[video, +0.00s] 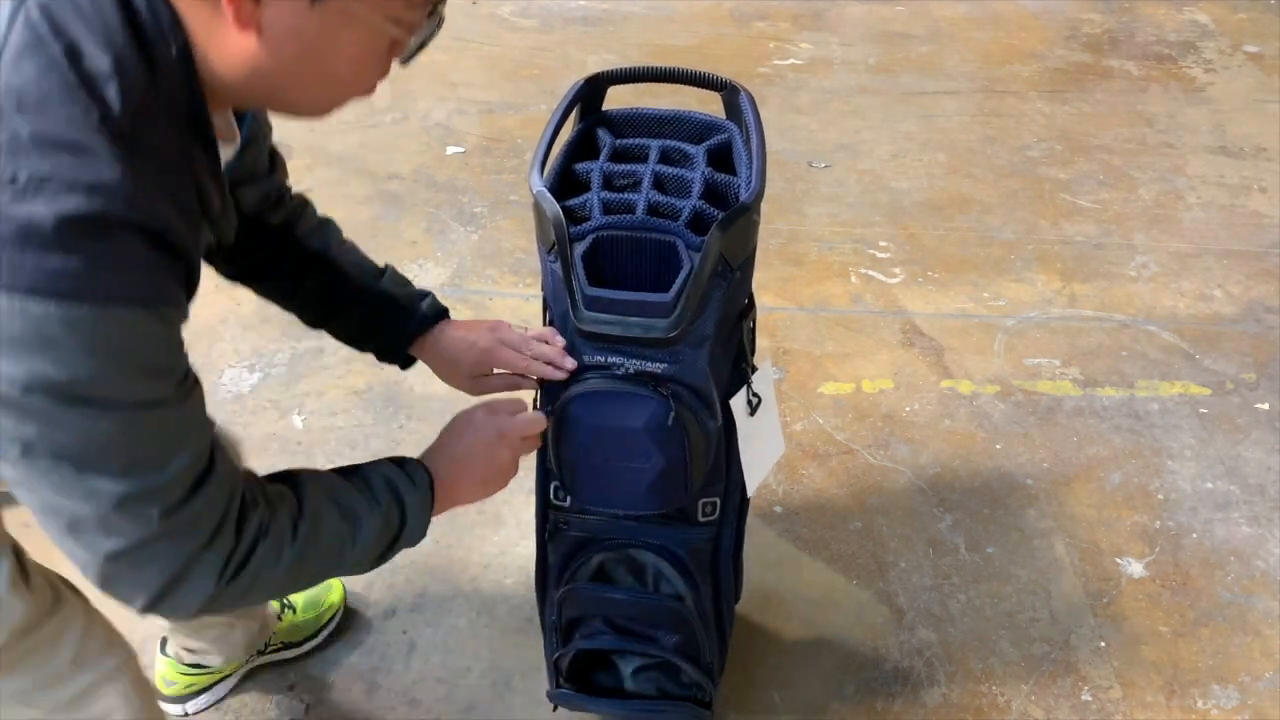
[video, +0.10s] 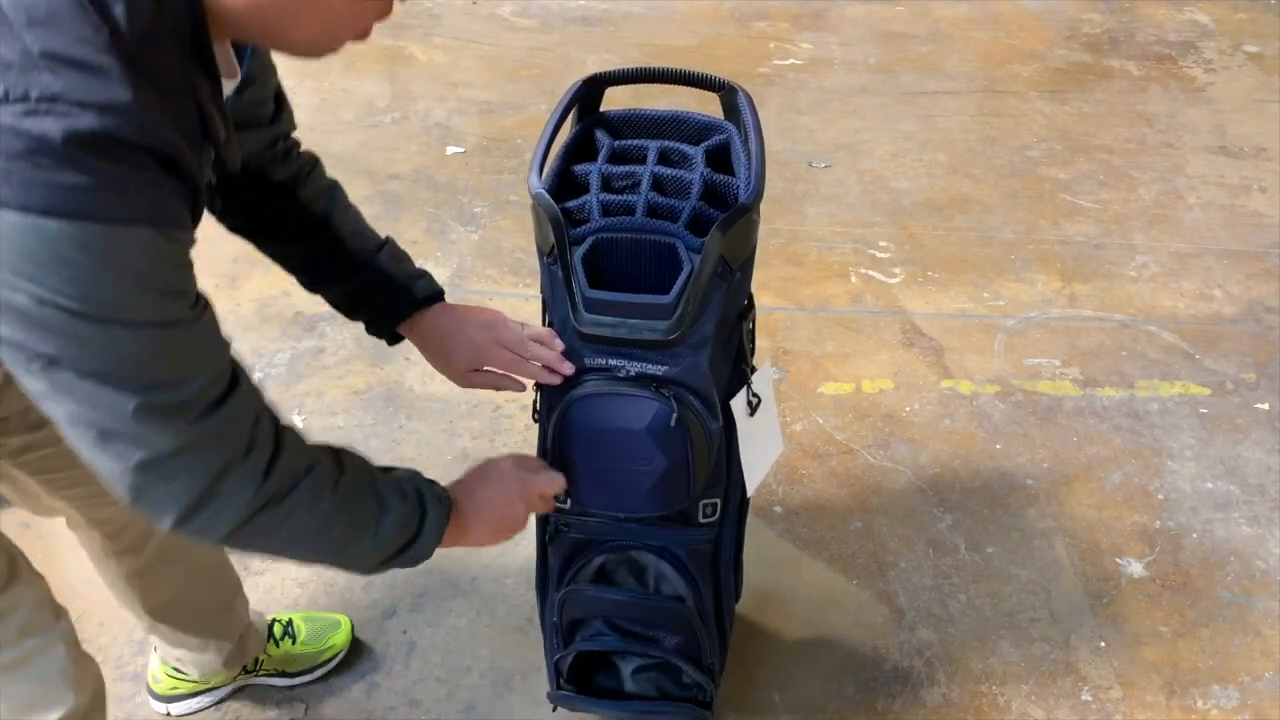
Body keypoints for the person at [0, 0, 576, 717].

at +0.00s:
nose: (393, 71)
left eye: (409, 44)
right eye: (397, 38)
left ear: (246, 6)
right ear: (250, 6)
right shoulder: (61, 211)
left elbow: (253, 216)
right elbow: (176, 550)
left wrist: (428, 333)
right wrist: (430, 483)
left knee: (187, 473)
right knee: (91, 694)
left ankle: (224, 639)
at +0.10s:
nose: (390, 8)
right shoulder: (62, 139)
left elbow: (263, 170)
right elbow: (202, 471)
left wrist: (422, 310)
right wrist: (444, 514)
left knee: (116, 482)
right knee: (43, 682)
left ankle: (212, 650)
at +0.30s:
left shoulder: (226, 10)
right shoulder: (52, 109)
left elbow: (264, 143)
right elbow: (200, 418)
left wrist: (425, 310)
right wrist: (487, 455)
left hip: (17, 327)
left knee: (93, 487)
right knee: (39, 656)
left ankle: (206, 650)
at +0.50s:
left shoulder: (192, 23)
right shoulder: (72, 119)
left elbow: (272, 202)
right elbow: (315, 450)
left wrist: (465, 337)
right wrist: (584, 420)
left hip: (15, 373)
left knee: (82, 533)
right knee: (42, 668)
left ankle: (198, 653)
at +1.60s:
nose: (463, 41)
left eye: (486, 24)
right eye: (484, 16)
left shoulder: (261, 21)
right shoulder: (120, 146)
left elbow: (334, 147)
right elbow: (218, 501)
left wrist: (468, 316)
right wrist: (511, 492)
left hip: (26, 388)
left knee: (103, 528)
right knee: (61, 661)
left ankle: (202, 654)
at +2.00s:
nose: (408, 82)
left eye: (426, 56)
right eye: (398, 57)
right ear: (238, 13)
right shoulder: (32, 223)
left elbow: (373, 149)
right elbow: (201, 480)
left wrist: (523, 364)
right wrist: (479, 518)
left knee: (83, 513)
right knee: (39, 622)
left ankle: (200, 653)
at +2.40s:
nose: (382, 104)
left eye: (406, 77)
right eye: (383, 76)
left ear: (194, 17)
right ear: (198, 23)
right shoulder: (19, 256)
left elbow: (347, 189)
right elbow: (178, 498)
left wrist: (515, 380)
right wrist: (472, 524)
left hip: (45, 361)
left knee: (97, 518)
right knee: (37, 628)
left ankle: (199, 654)